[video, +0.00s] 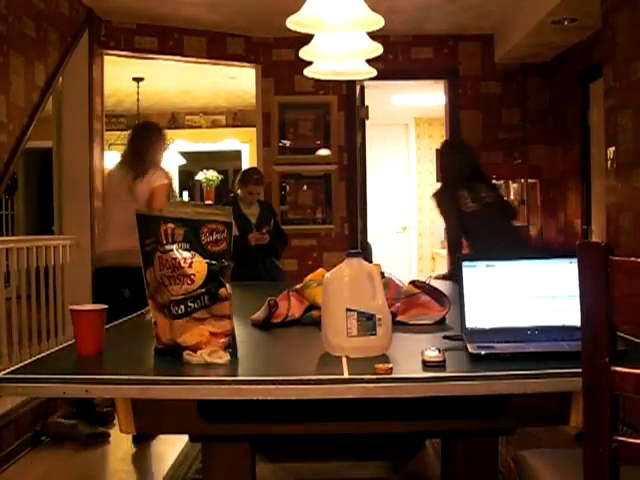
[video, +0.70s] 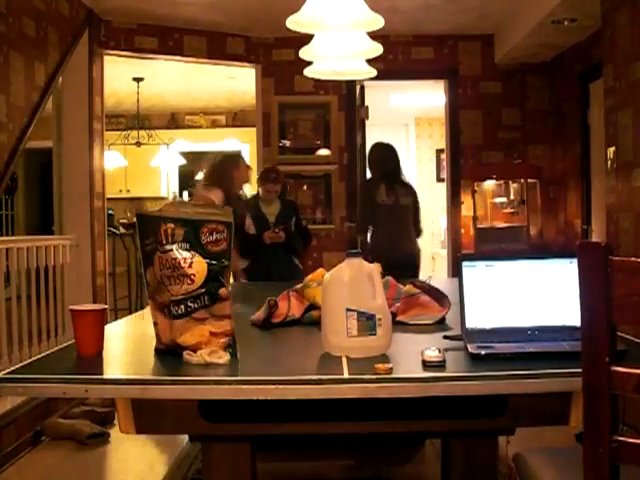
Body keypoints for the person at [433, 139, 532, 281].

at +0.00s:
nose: (440, 166)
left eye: (441, 161)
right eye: (440, 160)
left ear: (447, 164)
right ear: (471, 159)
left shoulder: (446, 193)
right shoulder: (484, 182)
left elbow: (454, 230)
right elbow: (510, 212)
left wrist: (454, 269)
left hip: (486, 256)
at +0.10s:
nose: (423, 174)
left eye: (424, 169)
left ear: (426, 171)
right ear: (449, 165)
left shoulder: (431, 199)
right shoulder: (464, 186)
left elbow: (443, 233)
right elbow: (492, 208)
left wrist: (443, 269)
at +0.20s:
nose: (404, 180)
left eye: (406, 175)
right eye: (404, 175)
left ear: (411, 177)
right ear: (431, 172)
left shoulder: (418, 203)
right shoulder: (445, 191)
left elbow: (430, 237)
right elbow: (481, 217)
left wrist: (427, 268)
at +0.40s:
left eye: (390, 167)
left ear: (392, 169)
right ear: (416, 166)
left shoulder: (391, 195)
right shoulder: (428, 189)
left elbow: (397, 237)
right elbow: (457, 221)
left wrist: (388, 241)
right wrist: (448, 241)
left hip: (425, 254)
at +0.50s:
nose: (378, 175)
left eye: (381, 170)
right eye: (379, 170)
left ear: (387, 173)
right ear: (409, 169)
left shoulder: (387, 196)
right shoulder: (422, 194)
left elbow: (385, 237)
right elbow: (446, 232)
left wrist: (375, 235)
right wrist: (432, 246)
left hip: (407, 258)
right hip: (433, 256)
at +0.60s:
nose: (376, 173)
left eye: (377, 168)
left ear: (380, 169)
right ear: (403, 167)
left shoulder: (378, 194)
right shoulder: (415, 194)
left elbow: (377, 232)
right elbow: (433, 235)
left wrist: (364, 234)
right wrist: (416, 244)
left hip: (392, 260)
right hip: (419, 258)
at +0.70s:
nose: (369, 166)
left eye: (370, 161)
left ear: (372, 163)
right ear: (396, 161)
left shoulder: (369, 188)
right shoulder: (409, 189)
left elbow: (362, 227)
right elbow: (417, 229)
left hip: (381, 248)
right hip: (408, 248)